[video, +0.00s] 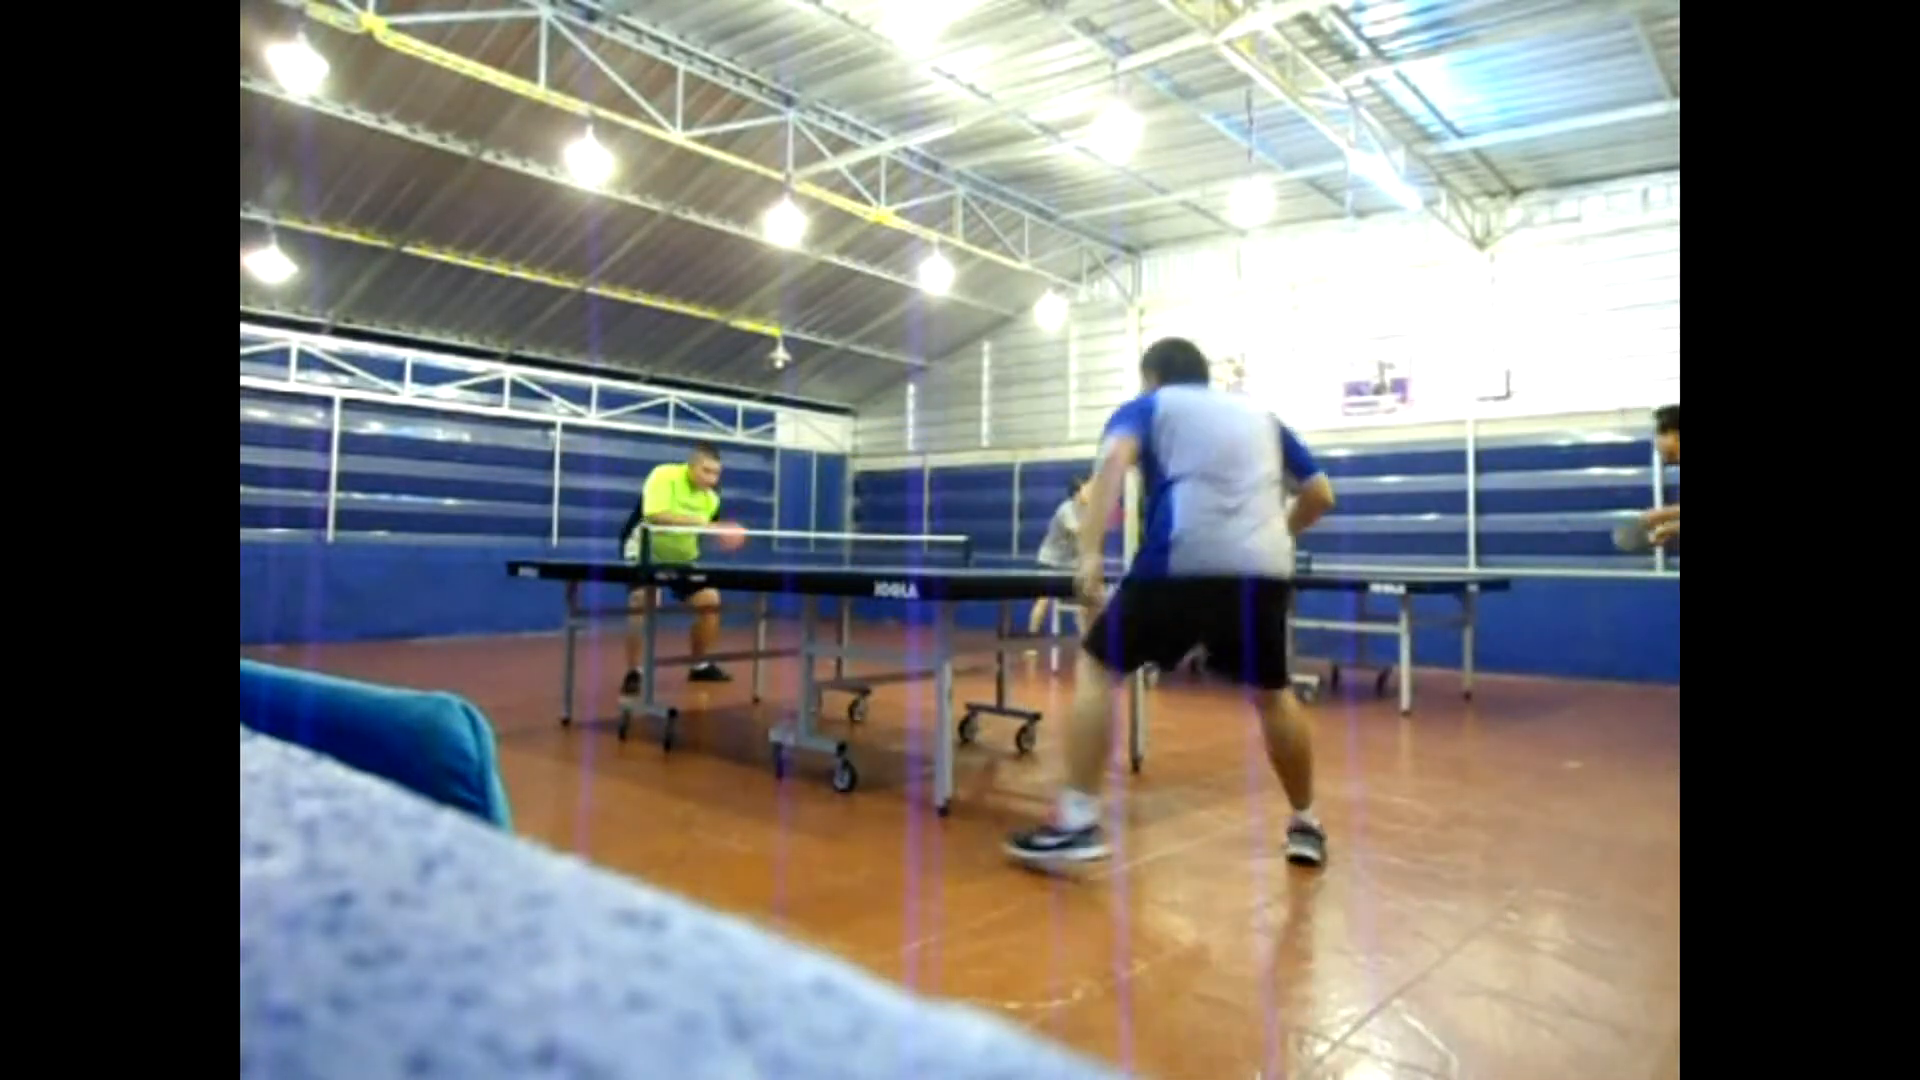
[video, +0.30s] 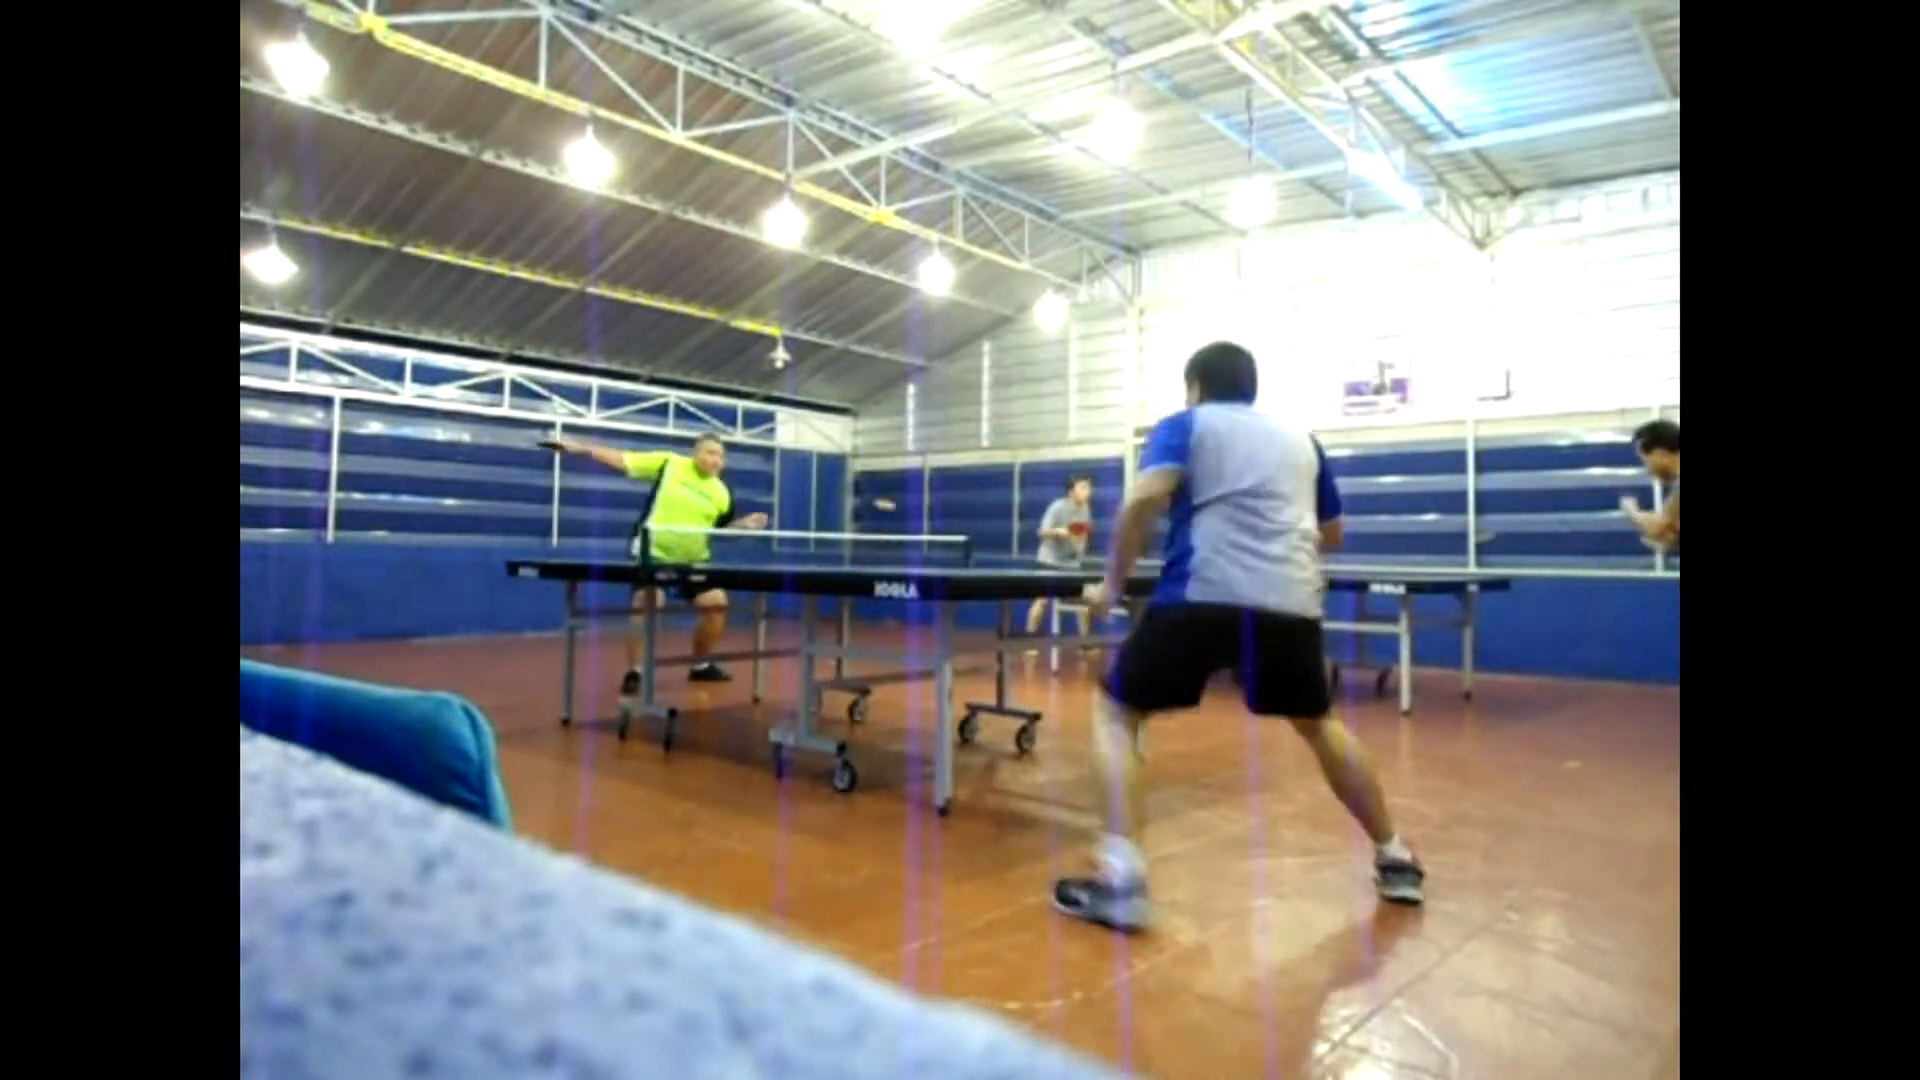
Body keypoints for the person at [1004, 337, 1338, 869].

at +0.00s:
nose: (1142, 390)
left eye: (1143, 382)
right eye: (1143, 383)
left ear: (1154, 379)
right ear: (1203, 374)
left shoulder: (1147, 406)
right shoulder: (1260, 417)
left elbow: (1115, 461)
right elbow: (1319, 495)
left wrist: (1090, 556)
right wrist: (1275, 535)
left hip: (1180, 572)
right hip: (1264, 574)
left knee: (1096, 668)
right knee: (1275, 695)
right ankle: (1305, 822)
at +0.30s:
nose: (1185, 400)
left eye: (1187, 391)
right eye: (1187, 392)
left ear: (1198, 388)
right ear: (1253, 390)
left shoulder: (1185, 426)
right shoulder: (1304, 444)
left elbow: (1149, 498)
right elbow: (1330, 531)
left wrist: (1112, 583)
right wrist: (1267, 550)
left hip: (1201, 605)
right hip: (1289, 610)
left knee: (1116, 711)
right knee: (1320, 724)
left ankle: (1121, 876)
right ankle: (1394, 854)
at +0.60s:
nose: (1206, 418)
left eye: (1209, 410)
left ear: (1212, 415)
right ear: (1271, 417)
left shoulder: (1175, 454)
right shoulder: (1303, 458)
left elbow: (1107, 520)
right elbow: (1336, 558)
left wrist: (1141, 557)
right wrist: (1287, 570)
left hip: (1207, 614)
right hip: (1298, 610)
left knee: (1149, 738)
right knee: (1302, 697)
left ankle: (1129, 888)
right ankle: (1318, 801)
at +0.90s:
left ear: (1260, 441)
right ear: (1312, 451)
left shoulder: (1234, 457)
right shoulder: (1340, 481)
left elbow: (1161, 509)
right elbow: (1363, 567)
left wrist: (1183, 568)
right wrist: (1356, 620)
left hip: (1265, 587)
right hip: (1338, 590)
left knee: (1214, 702)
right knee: (1318, 681)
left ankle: (1240, 834)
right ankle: (1317, 801)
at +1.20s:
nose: (1226, 423)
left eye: (1229, 417)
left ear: (1235, 417)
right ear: (1284, 420)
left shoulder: (1228, 436)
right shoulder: (1322, 450)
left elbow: (1169, 498)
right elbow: (1347, 514)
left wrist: (1182, 558)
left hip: (1281, 568)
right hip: (1354, 571)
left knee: (1207, 674)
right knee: (1317, 679)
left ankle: (1215, 820)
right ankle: (1320, 800)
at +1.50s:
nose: (1201, 414)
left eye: (1204, 403)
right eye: (1201, 403)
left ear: (1224, 402)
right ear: (1264, 401)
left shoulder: (1217, 442)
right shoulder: (1320, 442)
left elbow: (1187, 523)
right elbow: (1364, 520)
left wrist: (1156, 608)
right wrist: (1363, 586)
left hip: (1283, 592)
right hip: (1359, 591)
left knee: (1197, 686)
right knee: (1323, 682)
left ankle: (1193, 828)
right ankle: (1366, 799)